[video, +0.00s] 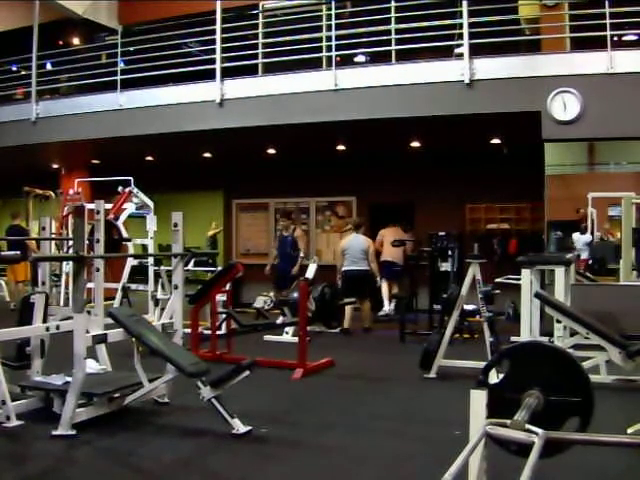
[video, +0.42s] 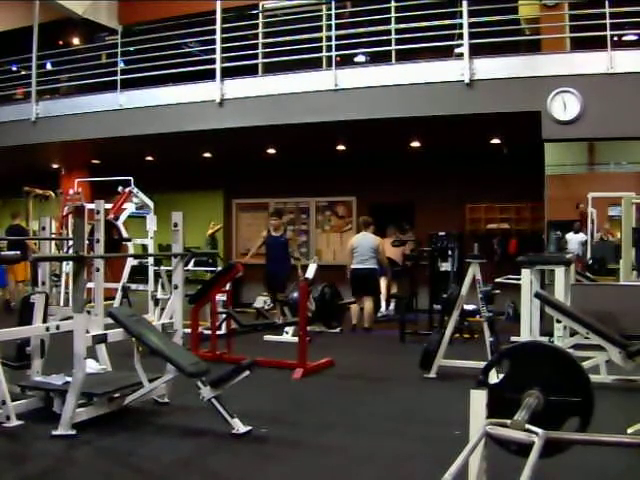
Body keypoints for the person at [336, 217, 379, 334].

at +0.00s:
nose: (364, 229)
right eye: (363, 228)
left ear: (352, 228)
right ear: (362, 228)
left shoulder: (344, 242)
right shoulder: (368, 241)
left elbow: (339, 261)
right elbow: (372, 261)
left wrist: (338, 274)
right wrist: (377, 275)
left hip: (348, 272)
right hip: (364, 272)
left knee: (349, 301)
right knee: (365, 300)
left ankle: (346, 326)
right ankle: (367, 324)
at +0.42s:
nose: (373, 228)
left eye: (372, 226)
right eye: (372, 226)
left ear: (360, 226)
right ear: (371, 227)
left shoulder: (353, 240)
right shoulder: (377, 240)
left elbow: (349, 256)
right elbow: (382, 258)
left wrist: (349, 268)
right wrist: (386, 269)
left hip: (356, 269)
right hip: (371, 269)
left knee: (356, 299)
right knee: (369, 298)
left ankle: (354, 322)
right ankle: (367, 324)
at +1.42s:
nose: (377, 232)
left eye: (377, 230)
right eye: (377, 230)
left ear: (366, 229)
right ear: (374, 229)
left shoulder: (357, 239)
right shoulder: (376, 240)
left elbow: (353, 255)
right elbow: (378, 256)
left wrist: (356, 264)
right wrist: (383, 271)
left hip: (358, 267)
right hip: (372, 267)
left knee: (362, 295)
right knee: (380, 292)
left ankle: (364, 321)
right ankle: (381, 315)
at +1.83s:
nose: (389, 234)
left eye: (389, 232)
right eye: (389, 232)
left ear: (379, 230)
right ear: (388, 231)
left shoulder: (367, 239)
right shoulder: (388, 241)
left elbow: (359, 253)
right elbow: (390, 258)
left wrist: (358, 265)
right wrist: (394, 271)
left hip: (368, 266)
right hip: (382, 267)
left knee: (370, 294)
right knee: (385, 295)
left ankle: (365, 315)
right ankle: (385, 316)